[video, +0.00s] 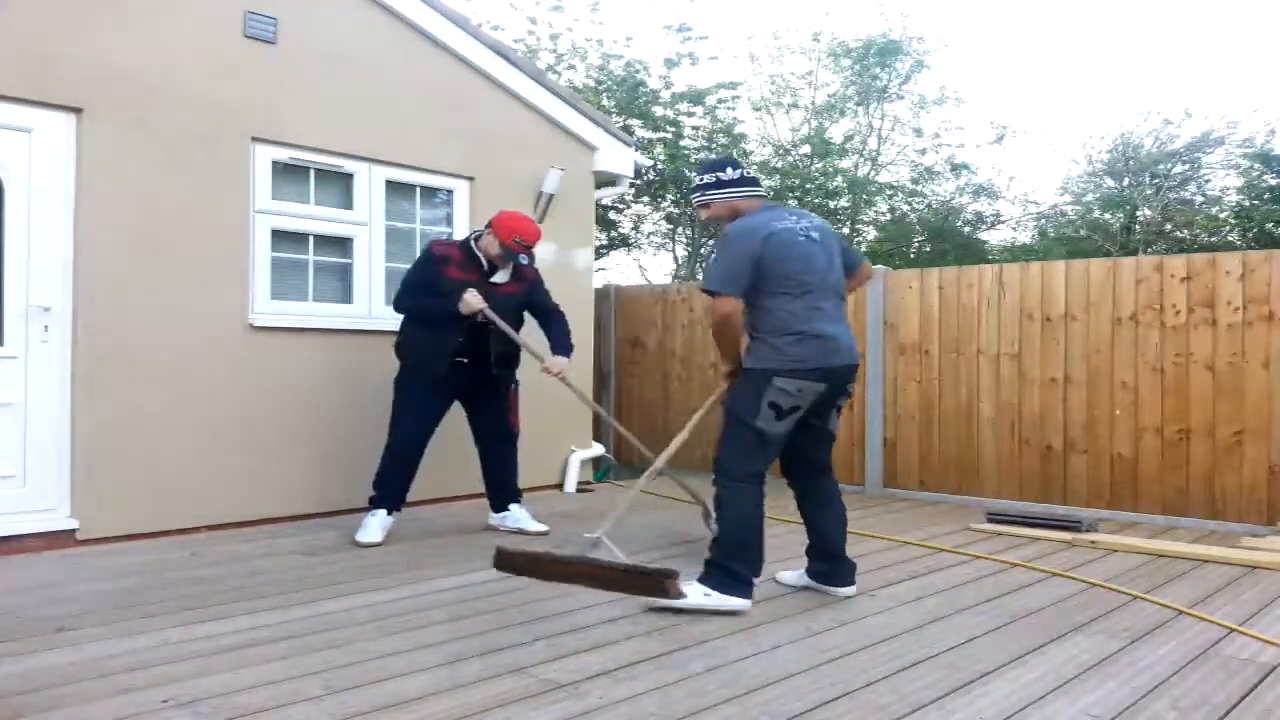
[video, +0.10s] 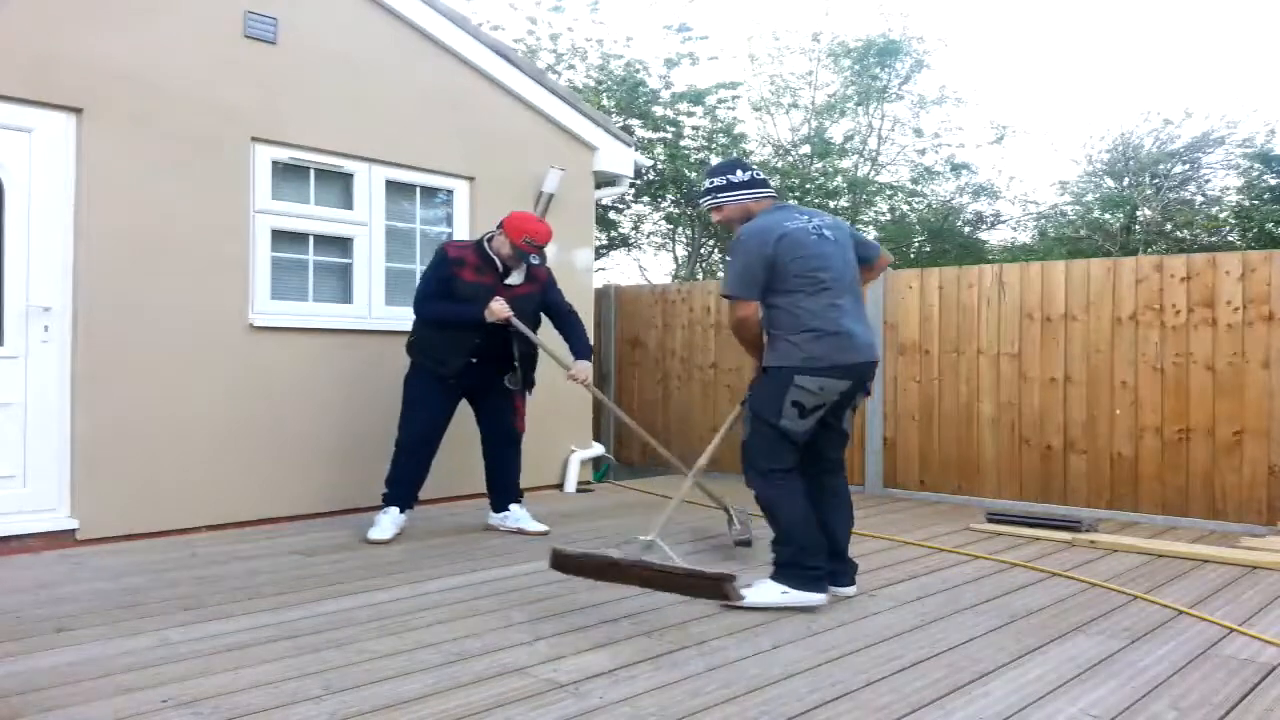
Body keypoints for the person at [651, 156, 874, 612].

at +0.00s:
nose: (703, 215)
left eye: (706, 205)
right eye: (700, 206)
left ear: (730, 196)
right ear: (749, 195)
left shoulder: (741, 234)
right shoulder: (810, 222)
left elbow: (725, 311)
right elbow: (861, 269)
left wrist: (732, 363)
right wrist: (814, 302)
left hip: (782, 363)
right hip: (836, 360)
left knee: (737, 469)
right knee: (808, 463)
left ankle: (728, 582)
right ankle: (832, 571)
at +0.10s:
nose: (715, 219)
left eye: (717, 208)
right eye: (712, 210)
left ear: (741, 198)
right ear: (760, 195)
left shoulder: (753, 234)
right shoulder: (824, 220)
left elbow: (745, 316)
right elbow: (876, 259)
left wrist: (761, 358)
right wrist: (832, 294)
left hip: (805, 358)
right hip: (855, 355)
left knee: (767, 463)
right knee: (822, 459)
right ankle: (837, 570)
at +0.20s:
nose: (726, 222)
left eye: (727, 212)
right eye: (723, 214)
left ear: (748, 202)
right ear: (764, 197)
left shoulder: (764, 241)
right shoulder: (828, 219)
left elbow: (762, 321)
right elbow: (889, 250)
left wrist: (785, 354)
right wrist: (845, 288)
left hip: (820, 363)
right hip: (873, 357)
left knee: (799, 464)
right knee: (838, 463)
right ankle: (829, 568)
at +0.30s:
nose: (734, 226)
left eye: (736, 215)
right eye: (730, 218)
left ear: (760, 204)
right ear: (778, 200)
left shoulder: (775, 245)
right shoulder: (841, 219)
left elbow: (779, 326)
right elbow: (896, 243)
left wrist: (801, 357)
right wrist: (860, 287)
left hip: (841, 365)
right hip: (888, 360)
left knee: (843, 470)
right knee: (845, 465)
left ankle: (910, 575)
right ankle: (834, 569)